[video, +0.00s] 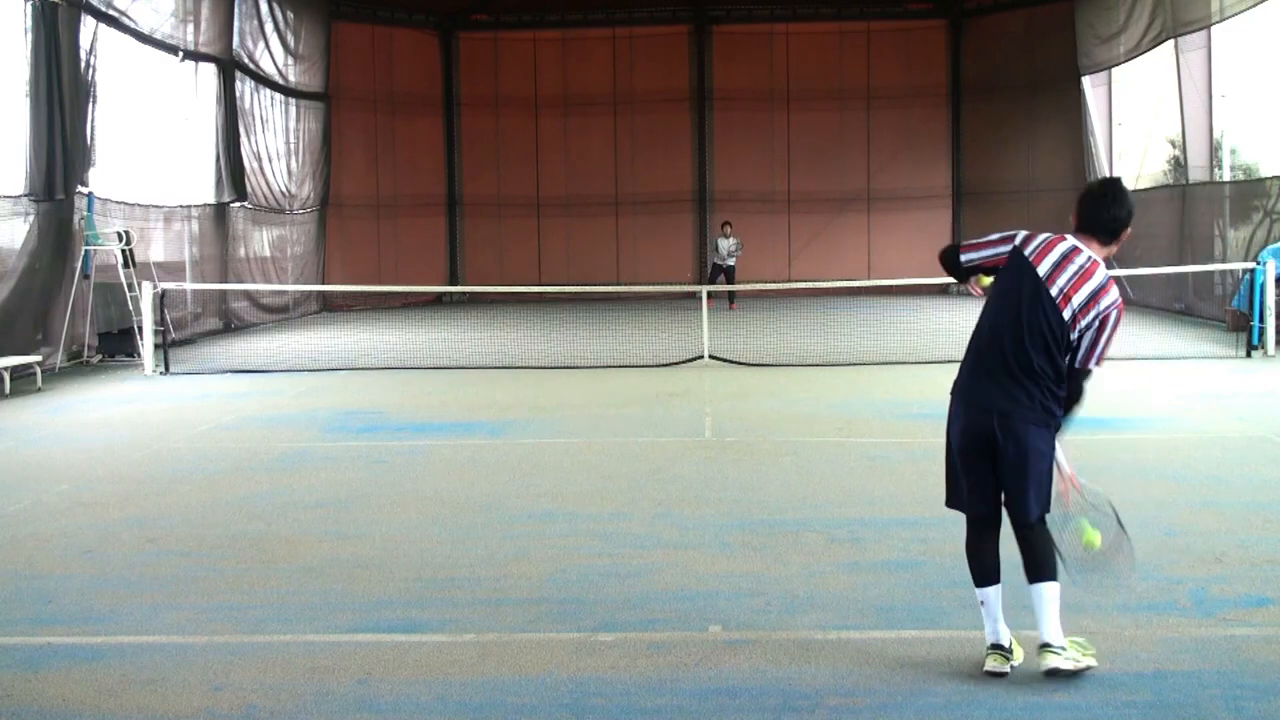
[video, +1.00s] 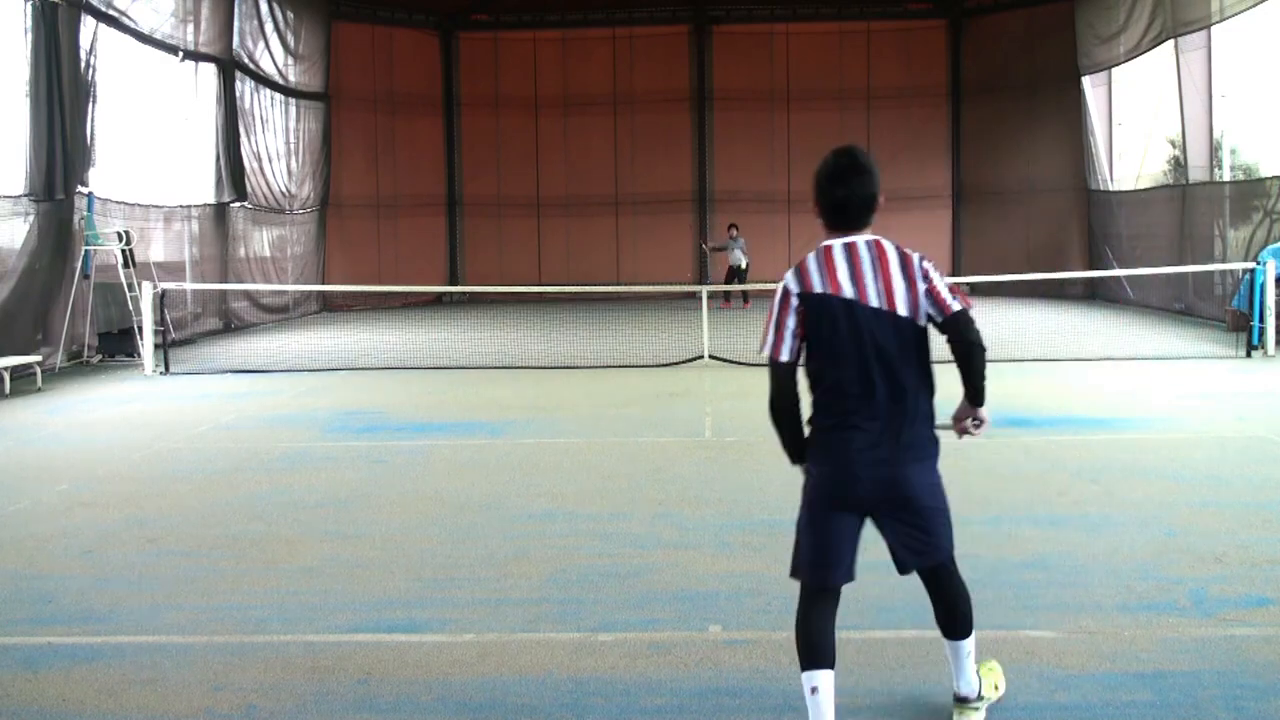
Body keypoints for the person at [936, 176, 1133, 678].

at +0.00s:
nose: (1127, 237)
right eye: (1128, 230)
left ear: (1075, 216)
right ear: (1123, 235)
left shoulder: (1030, 242)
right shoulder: (1109, 299)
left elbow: (950, 255)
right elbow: (1075, 378)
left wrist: (968, 280)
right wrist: (1052, 428)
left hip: (971, 404)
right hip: (1028, 416)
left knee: (981, 519)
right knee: (1030, 520)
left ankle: (997, 642)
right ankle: (1054, 642)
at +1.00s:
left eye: (827, 198)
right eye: (867, 196)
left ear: (817, 207)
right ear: (875, 203)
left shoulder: (798, 280)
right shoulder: (911, 267)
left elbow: (782, 391)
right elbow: (967, 336)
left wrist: (798, 451)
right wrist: (974, 400)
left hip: (835, 466)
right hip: (909, 463)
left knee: (818, 592)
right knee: (941, 572)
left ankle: (820, 714)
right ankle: (968, 687)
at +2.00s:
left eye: (648, 160)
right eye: (714, 157)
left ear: (644, 171)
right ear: (716, 168)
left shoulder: (620, 250)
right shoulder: (754, 247)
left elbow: (614, 364)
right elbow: (811, 347)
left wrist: (671, 381)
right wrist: (757, 398)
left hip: (658, 463)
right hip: (744, 460)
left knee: (637, 621)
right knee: (766, 611)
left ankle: (622, 717)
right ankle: (782, 717)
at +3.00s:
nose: (599, 227)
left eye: (600, 214)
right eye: (601, 214)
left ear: (526, 208)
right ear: (586, 225)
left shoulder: (558, 283)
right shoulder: (504, 298)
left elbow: (630, 319)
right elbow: (491, 370)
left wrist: (730, 323)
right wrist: (511, 393)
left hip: (494, 508)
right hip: (481, 517)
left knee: (497, 634)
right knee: (547, 679)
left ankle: (454, 717)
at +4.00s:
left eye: (441, 171)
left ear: (443, 183)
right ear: (517, 178)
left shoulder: (440, 268)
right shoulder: (563, 259)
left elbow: (457, 387)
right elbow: (617, 356)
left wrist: (436, 395)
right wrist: (566, 404)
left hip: (485, 485)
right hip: (560, 479)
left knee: (436, 625)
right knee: (542, 628)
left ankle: (452, 719)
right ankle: (549, 719)